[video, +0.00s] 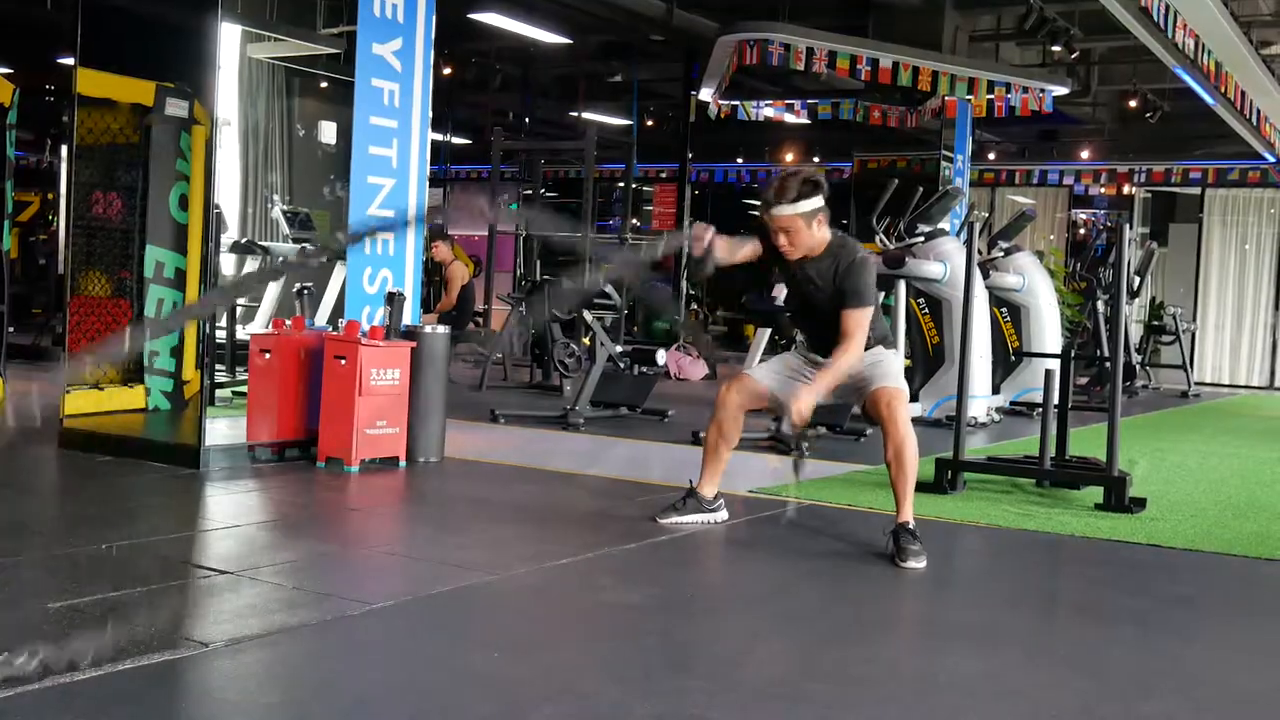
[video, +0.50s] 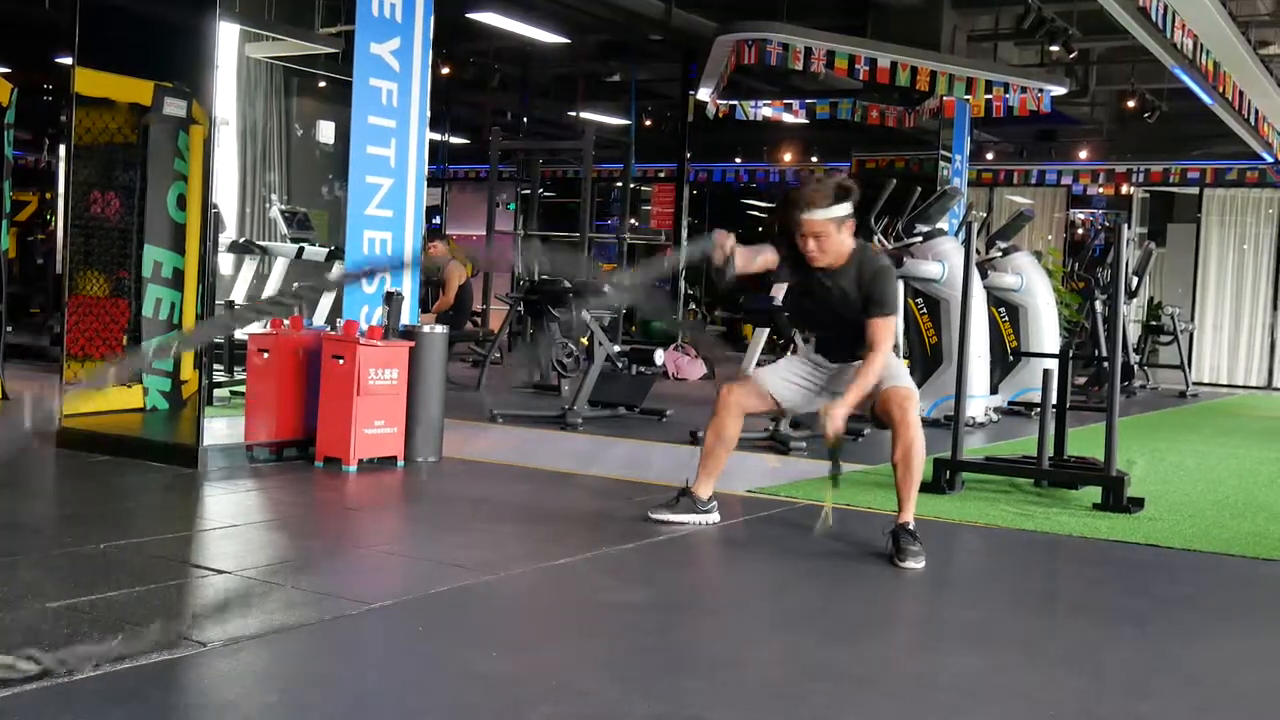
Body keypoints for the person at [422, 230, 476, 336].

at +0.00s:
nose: (432, 251)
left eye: (436, 247)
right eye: (432, 248)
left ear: (448, 247)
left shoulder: (455, 268)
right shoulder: (450, 267)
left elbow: (451, 301)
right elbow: (447, 297)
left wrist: (435, 313)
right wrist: (437, 312)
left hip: (457, 321)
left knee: (417, 319)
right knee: (417, 317)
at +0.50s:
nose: (431, 251)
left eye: (435, 247)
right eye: (429, 248)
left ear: (446, 247)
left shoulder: (453, 267)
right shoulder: (447, 267)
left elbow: (448, 300)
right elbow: (442, 297)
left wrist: (433, 313)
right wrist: (432, 314)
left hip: (455, 321)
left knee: (414, 319)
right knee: (414, 317)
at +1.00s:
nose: (433, 252)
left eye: (437, 247)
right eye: (431, 249)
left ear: (448, 247)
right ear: (428, 251)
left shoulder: (455, 267)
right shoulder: (444, 270)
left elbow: (451, 300)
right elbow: (443, 296)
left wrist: (434, 311)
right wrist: (434, 313)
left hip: (458, 320)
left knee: (415, 319)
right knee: (415, 317)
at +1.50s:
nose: (437, 253)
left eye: (440, 249)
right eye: (434, 250)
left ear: (450, 249)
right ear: (431, 253)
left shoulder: (457, 269)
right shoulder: (446, 271)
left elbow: (453, 301)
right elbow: (445, 299)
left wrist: (435, 314)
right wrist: (434, 315)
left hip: (459, 320)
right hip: (451, 316)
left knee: (421, 320)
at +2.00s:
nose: (439, 255)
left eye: (443, 250)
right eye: (436, 251)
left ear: (453, 250)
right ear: (433, 255)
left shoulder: (459, 270)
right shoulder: (448, 271)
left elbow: (455, 301)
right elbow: (447, 300)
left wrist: (437, 315)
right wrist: (436, 317)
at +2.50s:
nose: (436, 255)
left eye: (440, 251)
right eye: (433, 252)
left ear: (451, 250)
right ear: (430, 255)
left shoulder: (457, 272)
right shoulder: (445, 273)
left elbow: (452, 306)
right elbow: (444, 303)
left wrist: (435, 317)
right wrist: (435, 317)